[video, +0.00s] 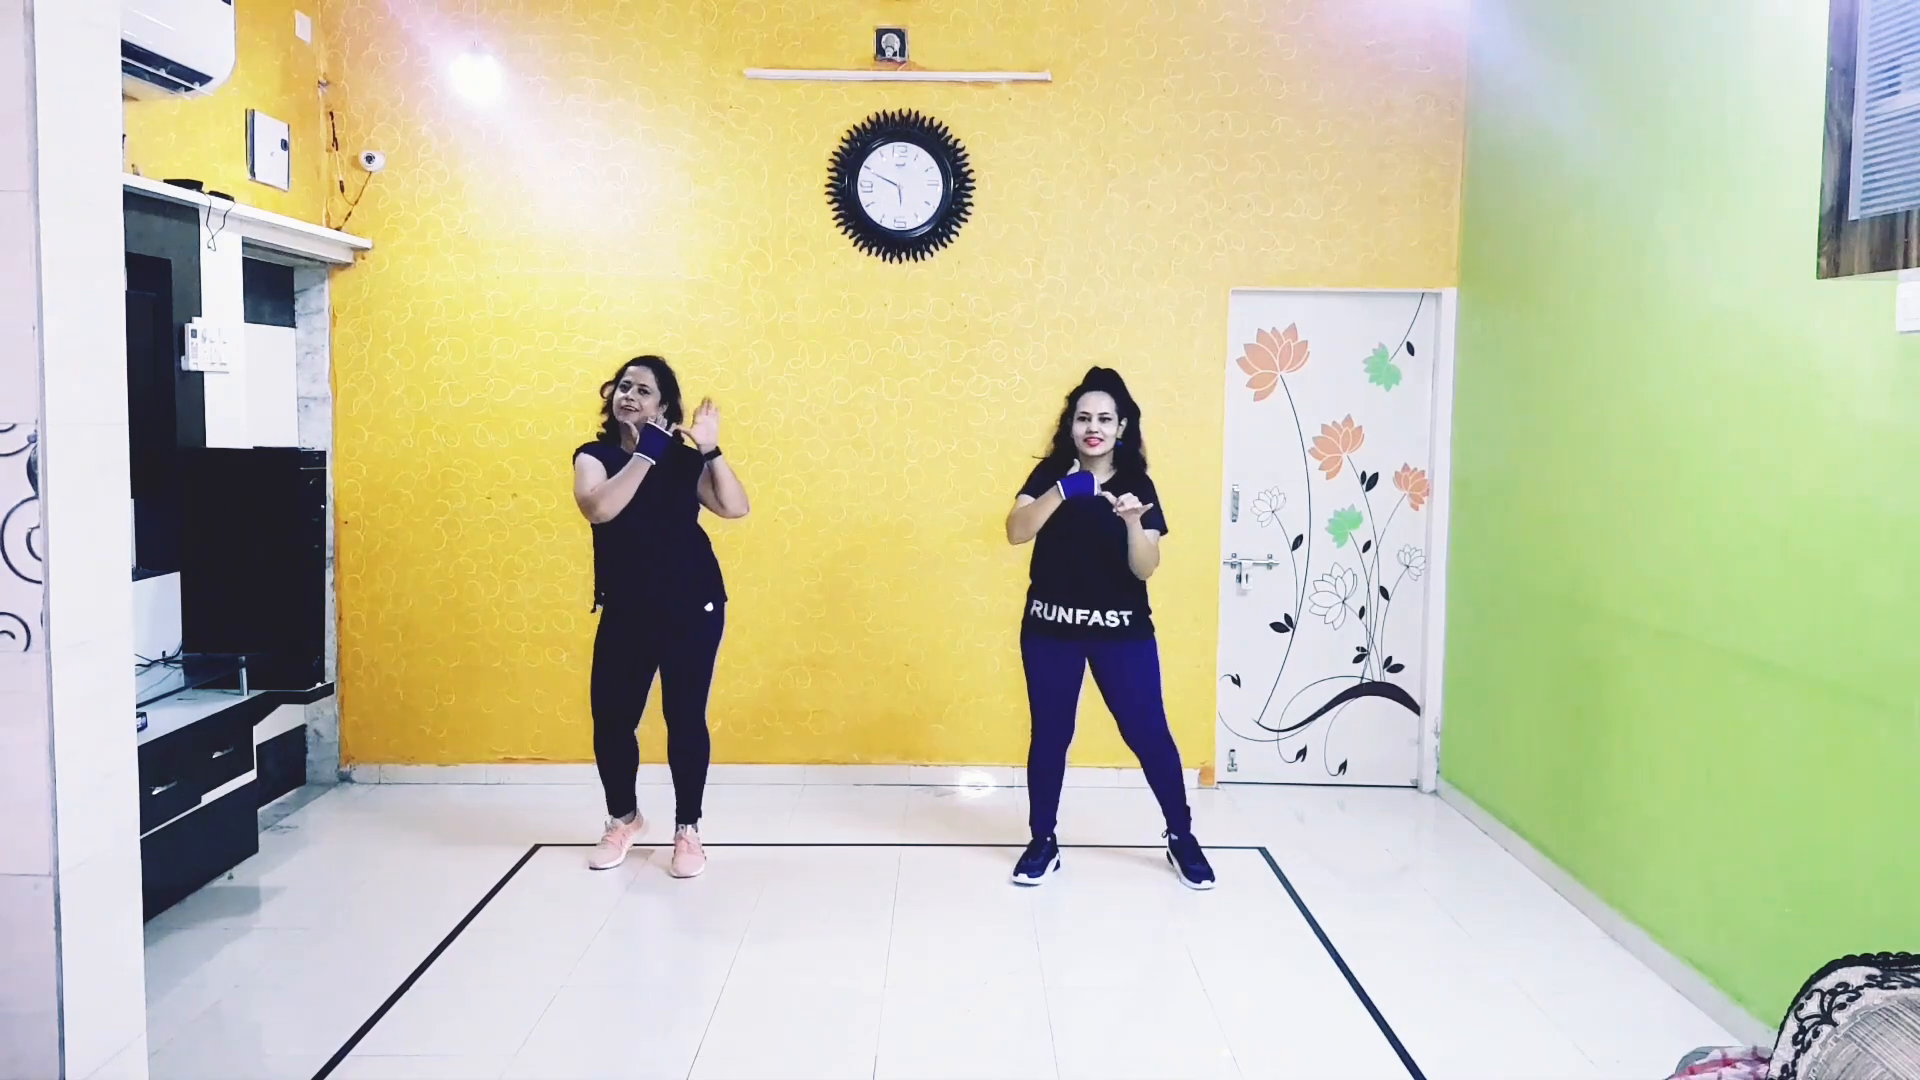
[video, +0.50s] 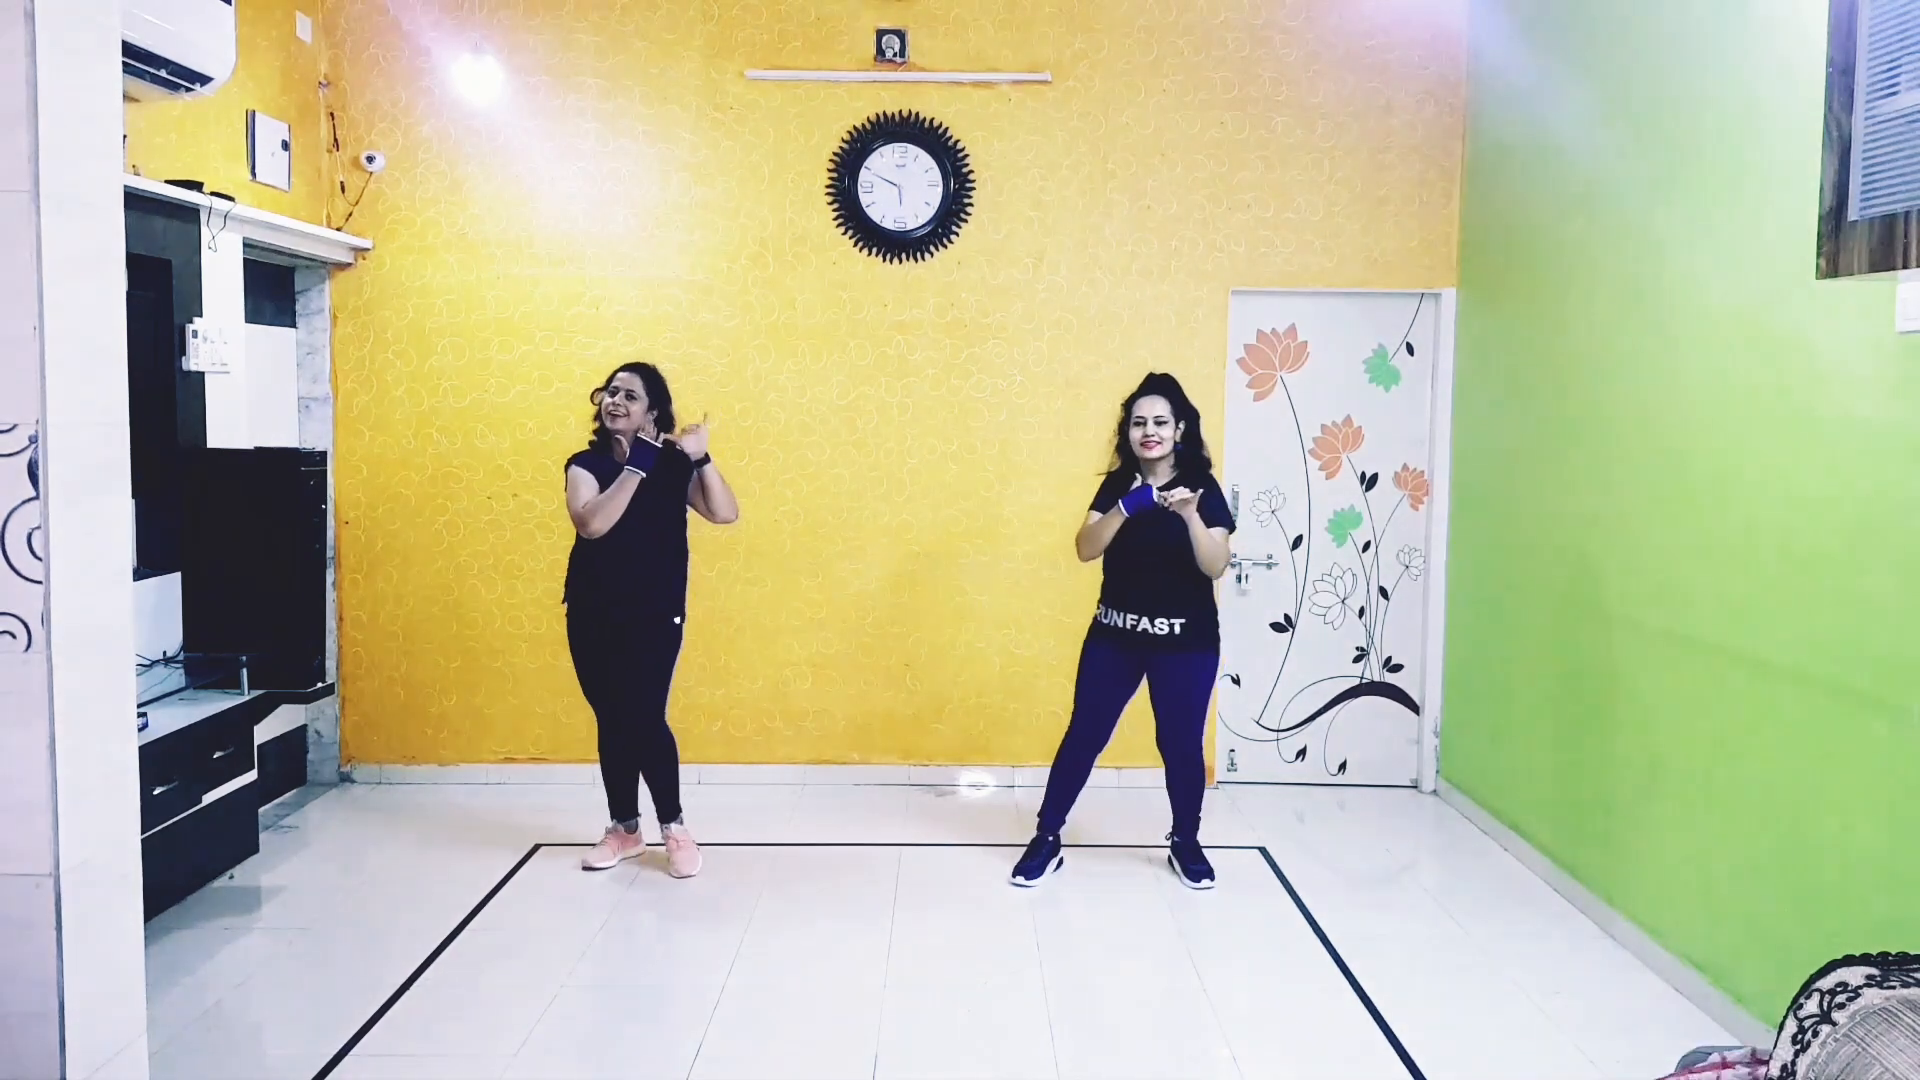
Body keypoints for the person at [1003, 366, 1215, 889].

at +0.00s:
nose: (1094, 427)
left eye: (1105, 418)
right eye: (1084, 416)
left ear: (1123, 426)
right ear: (1070, 423)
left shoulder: (1137, 484)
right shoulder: (1051, 473)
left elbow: (1146, 567)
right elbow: (1016, 532)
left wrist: (1135, 524)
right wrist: (1064, 489)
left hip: (1122, 630)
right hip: (1052, 627)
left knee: (1151, 738)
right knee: (1049, 737)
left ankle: (1182, 836)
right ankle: (1042, 840)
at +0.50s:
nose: (1148, 430)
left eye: (1160, 420)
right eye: (1138, 420)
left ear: (1180, 428)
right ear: (1127, 430)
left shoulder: (1202, 488)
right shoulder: (1118, 482)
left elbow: (1216, 566)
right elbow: (1086, 550)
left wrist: (1192, 517)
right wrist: (1122, 510)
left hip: (1186, 640)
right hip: (1116, 632)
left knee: (1182, 748)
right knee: (1083, 737)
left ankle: (1186, 841)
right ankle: (1046, 836)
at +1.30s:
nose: (1100, 436)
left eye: (1111, 427)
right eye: (1089, 425)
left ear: (1124, 436)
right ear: (1070, 431)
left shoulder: (1133, 488)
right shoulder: (1054, 497)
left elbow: (1179, 537)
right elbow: (1084, 560)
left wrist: (1179, 487)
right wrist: (1123, 502)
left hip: (1152, 634)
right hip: (1085, 640)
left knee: (1176, 742)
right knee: (1063, 747)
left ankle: (1187, 840)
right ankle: (1030, 842)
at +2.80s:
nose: (1128, 445)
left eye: (1138, 433)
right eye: (1117, 436)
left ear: (1160, 434)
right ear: (1107, 442)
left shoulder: (1188, 494)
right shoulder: (1105, 490)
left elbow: (1212, 572)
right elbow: (1078, 564)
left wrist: (1170, 554)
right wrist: (1105, 529)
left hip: (1172, 643)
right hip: (1103, 636)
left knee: (1181, 752)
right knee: (1071, 743)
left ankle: (1187, 844)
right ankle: (1033, 840)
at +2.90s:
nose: (1133, 445)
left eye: (1144, 433)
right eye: (1123, 435)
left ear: (1166, 435)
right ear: (1112, 442)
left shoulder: (1194, 494)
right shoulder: (1110, 492)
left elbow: (1221, 568)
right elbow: (1083, 566)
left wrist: (1178, 583)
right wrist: (1111, 535)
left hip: (1182, 645)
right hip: (1111, 639)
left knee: (1185, 753)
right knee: (1077, 744)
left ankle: (1187, 845)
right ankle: (1034, 840)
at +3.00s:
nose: (1139, 445)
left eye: (1150, 433)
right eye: (1129, 435)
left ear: (1172, 436)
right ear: (1117, 443)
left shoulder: (1200, 497)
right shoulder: (1112, 496)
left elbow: (1223, 573)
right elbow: (1088, 573)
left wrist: (1211, 636)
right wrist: (1113, 539)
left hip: (1188, 643)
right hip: (1119, 641)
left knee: (1189, 755)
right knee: (1083, 744)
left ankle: (1187, 845)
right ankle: (1035, 840)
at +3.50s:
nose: (1082, 441)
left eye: (1092, 432)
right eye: (1071, 432)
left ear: (1107, 440)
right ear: (1057, 442)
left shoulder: (1136, 480)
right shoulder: (1055, 502)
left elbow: (1177, 541)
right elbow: (1074, 575)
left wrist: (1216, 586)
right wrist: (1081, 502)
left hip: (1167, 635)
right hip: (1098, 642)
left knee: (1182, 743)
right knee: (1072, 747)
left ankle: (1187, 842)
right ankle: (1034, 842)